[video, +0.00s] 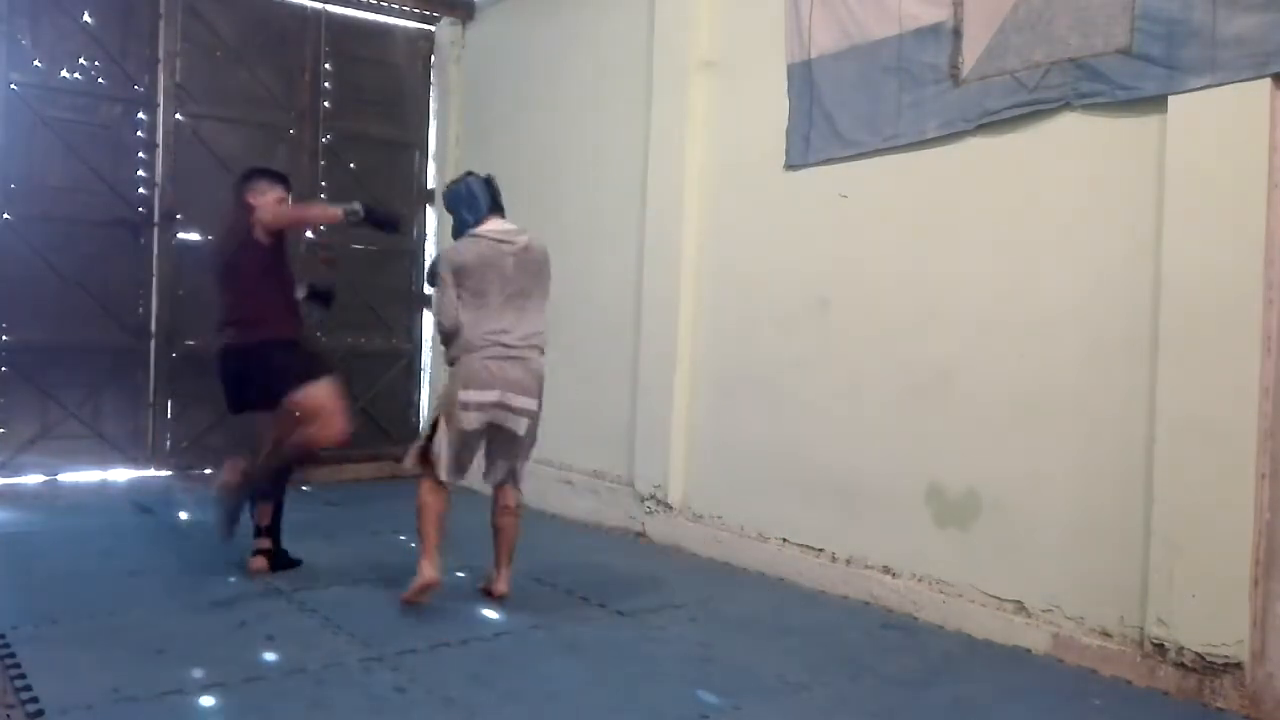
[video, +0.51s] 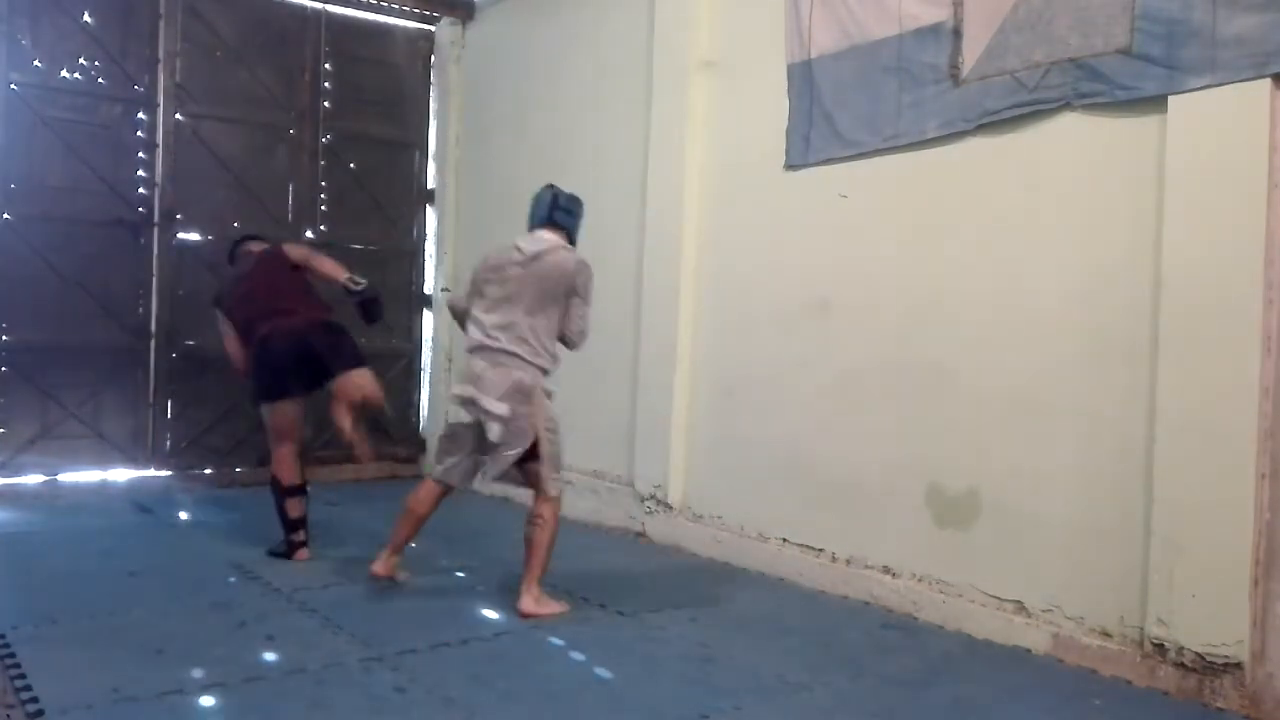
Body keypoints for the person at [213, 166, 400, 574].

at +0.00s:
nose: (287, 207)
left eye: (287, 200)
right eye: (279, 198)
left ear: (254, 202)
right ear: (252, 197)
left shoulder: (239, 237)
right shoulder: (257, 221)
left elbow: (258, 291)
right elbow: (300, 215)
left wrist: (303, 293)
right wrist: (357, 211)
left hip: (248, 352)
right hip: (272, 349)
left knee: (274, 447)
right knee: (332, 425)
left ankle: (266, 547)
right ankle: (248, 479)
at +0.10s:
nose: (287, 200)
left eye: (289, 195)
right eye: (282, 193)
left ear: (250, 196)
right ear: (258, 190)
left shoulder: (236, 233)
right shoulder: (255, 209)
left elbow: (277, 280)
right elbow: (282, 209)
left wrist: (322, 274)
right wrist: (323, 209)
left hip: (248, 333)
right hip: (293, 319)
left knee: (267, 424)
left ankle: (279, 527)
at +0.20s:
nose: (283, 211)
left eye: (284, 205)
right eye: (281, 204)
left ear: (248, 206)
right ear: (273, 205)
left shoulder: (232, 249)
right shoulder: (283, 238)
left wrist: (327, 277)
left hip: (264, 341)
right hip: (308, 322)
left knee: (268, 435)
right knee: (392, 351)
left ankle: (283, 528)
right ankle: (402, 275)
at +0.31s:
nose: (283, 211)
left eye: (284, 205)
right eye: (281, 204)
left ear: (248, 206)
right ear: (273, 205)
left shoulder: (232, 249)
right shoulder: (283, 238)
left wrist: (327, 277)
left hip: (264, 341)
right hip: (308, 322)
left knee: (268, 435)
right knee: (392, 351)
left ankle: (283, 528)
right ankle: (402, 275)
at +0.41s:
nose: (284, 211)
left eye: (284, 205)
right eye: (281, 204)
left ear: (248, 206)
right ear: (273, 205)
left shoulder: (232, 249)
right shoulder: (283, 238)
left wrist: (326, 277)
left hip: (264, 341)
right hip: (308, 322)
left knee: (268, 435)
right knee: (392, 351)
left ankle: (283, 528)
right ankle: (402, 275)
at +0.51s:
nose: (268, 249)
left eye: (263, 247)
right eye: (265, 246)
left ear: (233, 262)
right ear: (263, 248)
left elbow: (238, 356)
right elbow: (316, 260)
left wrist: (255, 380)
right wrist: (357, 285)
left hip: (272, 353)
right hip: (320, 334)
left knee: (284, 445)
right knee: (369, 393)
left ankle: (297, 542)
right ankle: (346, 407)